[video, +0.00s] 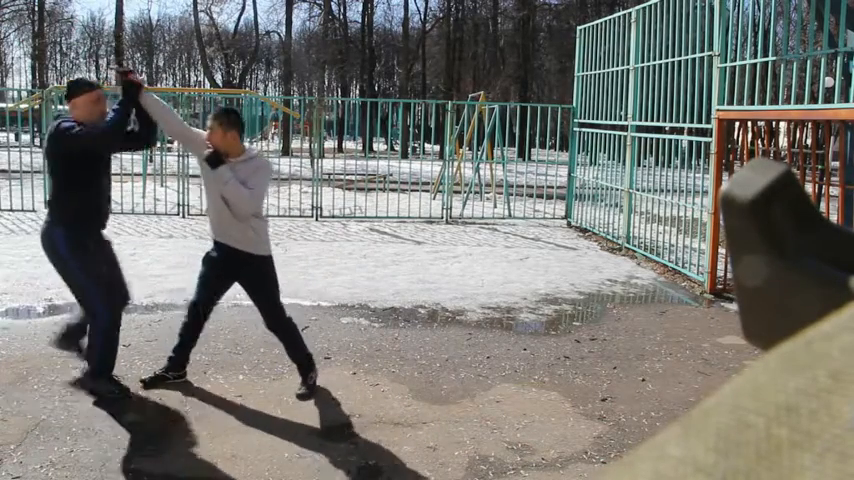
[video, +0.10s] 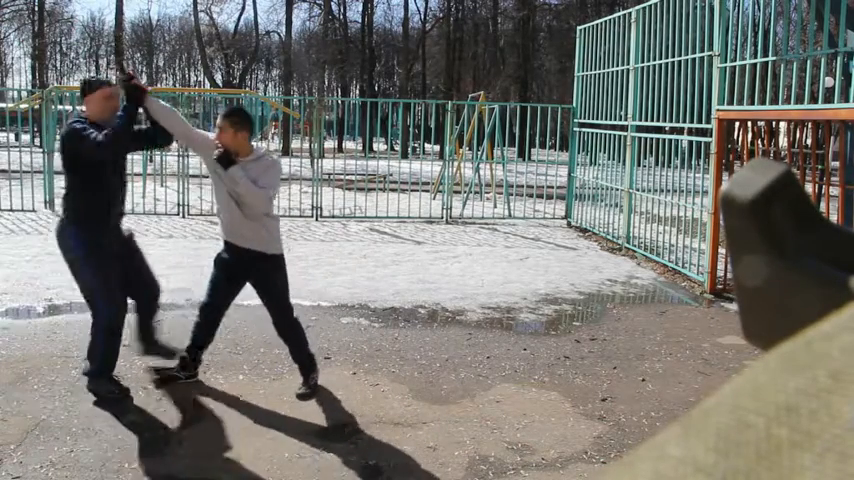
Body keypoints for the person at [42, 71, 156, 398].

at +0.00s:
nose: (104, 106)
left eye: (103, 100)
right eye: (96, 101)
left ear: (100, 103)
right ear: (75, 105)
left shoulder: (100, 131)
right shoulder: (63, 133)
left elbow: (143, 139)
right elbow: (108, 136)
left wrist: (140, 101)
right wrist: (128, 97)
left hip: (90, 235)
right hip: (64, 236)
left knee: (117, 296)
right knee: (101, 305)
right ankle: (98, 376)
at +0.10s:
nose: (115, 105)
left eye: (116, 99)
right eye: (108, 99)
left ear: (116, 104)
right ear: (88, 102)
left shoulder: (115, 132)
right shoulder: (75, 133)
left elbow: (162, 137)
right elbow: (107, 149)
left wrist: (147, 103)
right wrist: (131, 104)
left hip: (111, 232)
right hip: (80, 236)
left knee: (148, 291)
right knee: (110, 307)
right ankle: (99, 377)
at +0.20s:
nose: (101, 97)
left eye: (106, 92)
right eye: (103, 92)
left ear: (122, 101)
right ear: (105, 100)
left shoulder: (139, 132)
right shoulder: (89, 132)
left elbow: (177, 133)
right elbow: (109, 154)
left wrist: (147, 106)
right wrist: (131, 112)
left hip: (135, 233)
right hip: (100, 236)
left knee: (171, 295)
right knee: (116, 307)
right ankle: (100, 376)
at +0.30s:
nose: (136, 103)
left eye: (141, 98)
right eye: (129, 98)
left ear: (147, 102)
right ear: (119, 103)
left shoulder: (160, 128)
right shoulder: (107, 134)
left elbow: (193, 122)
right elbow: (107, 166)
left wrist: (150, 107)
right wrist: (124, 120)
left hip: (161, 228)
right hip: (124, 231)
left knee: (189, 295)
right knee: (124, 299)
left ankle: (212, 357)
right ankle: (104, 372)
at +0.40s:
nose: (142, 107)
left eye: (148, 102)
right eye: (137, 101)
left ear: (160, 102)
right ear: (128, 104)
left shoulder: (176, 129)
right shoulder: (123, 133)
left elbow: (195, 122)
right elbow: (115, 176)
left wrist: (145, 113)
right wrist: (122, 129)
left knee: (204, 293)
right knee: (134, 301)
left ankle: (212, 358)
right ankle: (131, 366)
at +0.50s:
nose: (144, 110)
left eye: (150, 104)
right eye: (138, 105)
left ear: (166, 101)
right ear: (133, 107)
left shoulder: (185, 125)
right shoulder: (132, 135)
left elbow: (181, 121)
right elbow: (120, 180)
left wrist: (129, 118)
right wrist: (116, 134)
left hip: (188, 227)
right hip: (151, 229)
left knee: (208, 292)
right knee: (144, 297)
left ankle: (212, 355)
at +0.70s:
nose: (143, 116)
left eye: (148, 109)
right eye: (140, 110)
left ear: (167, 107)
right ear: (141, 111)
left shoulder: (183, 130)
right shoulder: (151, 140)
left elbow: (160, 140)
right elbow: (140, 184)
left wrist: (126, 140)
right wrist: (120, 151)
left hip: (193, 230)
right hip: (167, 231)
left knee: (188, 297)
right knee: (162, 294)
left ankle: (218, 354)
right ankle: (198, 346)